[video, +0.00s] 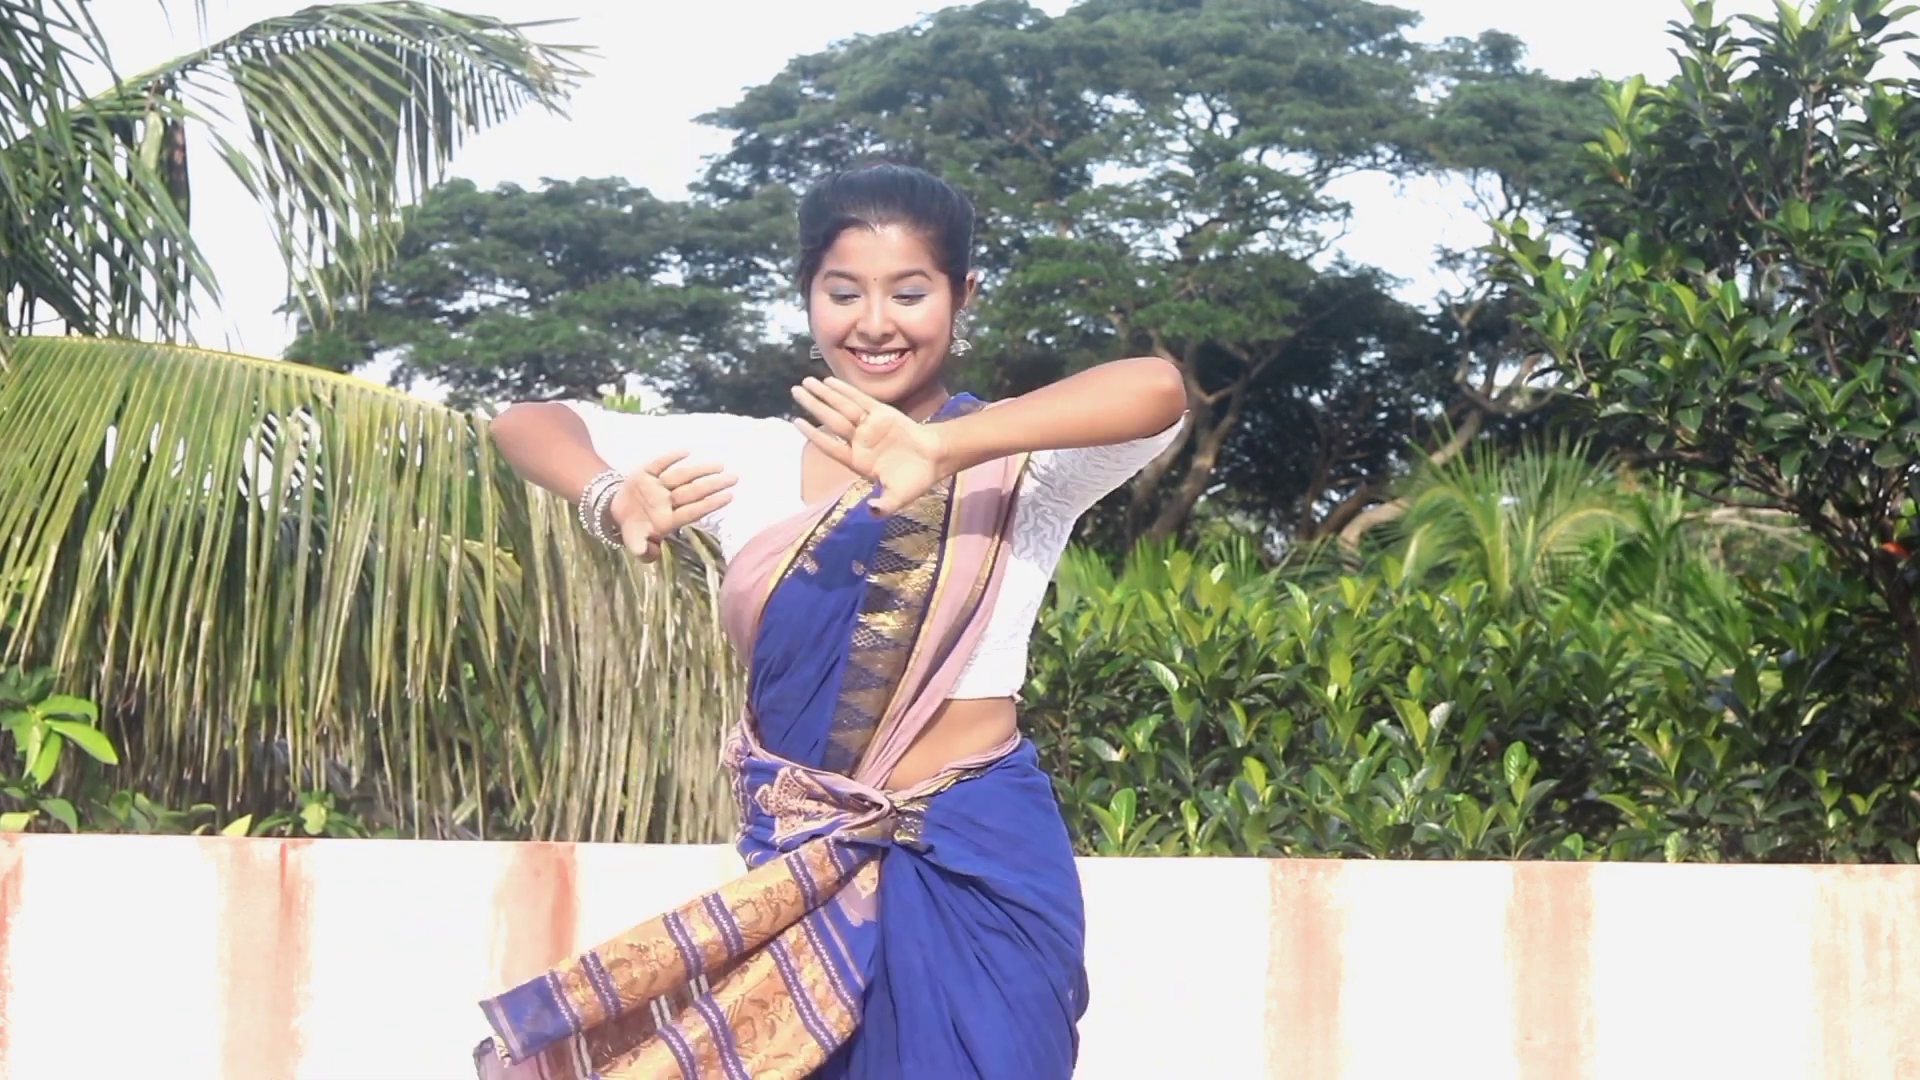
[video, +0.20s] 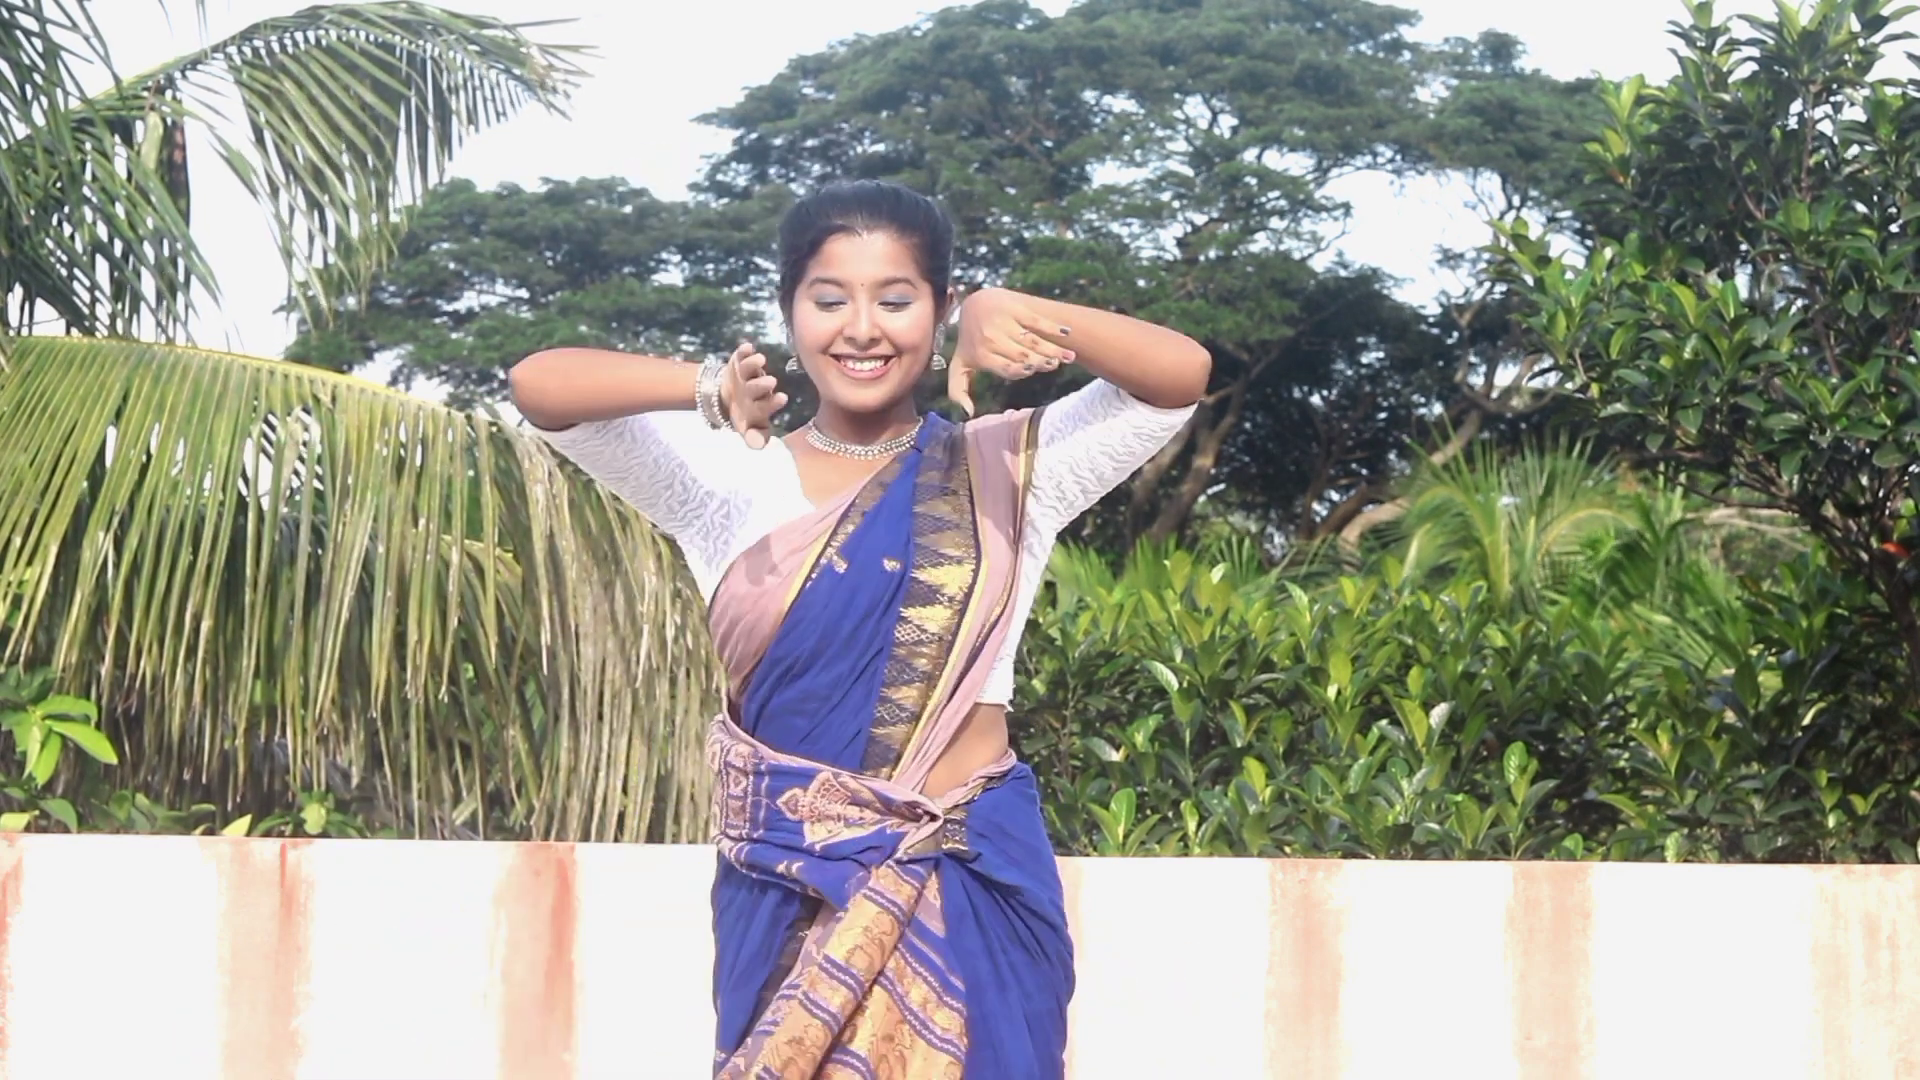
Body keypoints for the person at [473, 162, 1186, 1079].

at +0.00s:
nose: (875, 322)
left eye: (909, 290)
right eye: (845, 291)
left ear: (960, 302)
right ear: (809, 305)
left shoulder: (1022, 466)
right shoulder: (748, 457)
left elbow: (1161, 388)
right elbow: (520, 422)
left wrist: (941, 443)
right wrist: (607, 487)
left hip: (974, 858)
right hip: (795, 862)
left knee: (972, 1061)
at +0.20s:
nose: (862, 328)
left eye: (895, 300)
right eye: (828, 299)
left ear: (938, 320)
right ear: (791, 318)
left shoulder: (1008, 462)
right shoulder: (725, 478)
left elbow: (1185, 374)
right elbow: (537, 384)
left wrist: (1004, 309)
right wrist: (709, 386)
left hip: (970, 873)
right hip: (782, 883)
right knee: (783, 1065)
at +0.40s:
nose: (828, 328)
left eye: (858, 300)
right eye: (794, 305)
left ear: (902, 336)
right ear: (751, 341)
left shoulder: (980, 480)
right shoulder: (709, 499)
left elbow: (1138, 361)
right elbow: (616, 370)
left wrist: (1055, 205)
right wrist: (766, 224)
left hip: (978, 918)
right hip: (786, 922)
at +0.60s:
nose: (791, 331)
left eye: (822, 306)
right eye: (758, 311)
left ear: (870, 343)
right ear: (723, 351)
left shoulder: (950, 491)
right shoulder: (695, 518)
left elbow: (1101, 355)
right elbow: (669, 371)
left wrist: (1047, 159)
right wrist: (760, 156)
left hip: (982, 923)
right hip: (788, 941)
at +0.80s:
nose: (736, 343)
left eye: (764, 319)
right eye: (711, 332)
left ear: (819, 354)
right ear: (685, 374)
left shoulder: (920, 502)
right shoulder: (665, 536)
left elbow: (1054, 344)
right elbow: (665, 361)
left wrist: (1004, 115)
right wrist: (694, 127)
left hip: (973, 965)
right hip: (770, 983)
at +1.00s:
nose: (703, 355)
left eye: (729, 329)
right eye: (668, 350)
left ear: (788, 364)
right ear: (648, 404)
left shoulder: (900, 509)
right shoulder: (647, 553)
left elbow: (1042, 348)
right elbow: (605, 365)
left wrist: (1011, 117)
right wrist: (641, 115)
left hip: (974, 983)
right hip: (766, 1006)